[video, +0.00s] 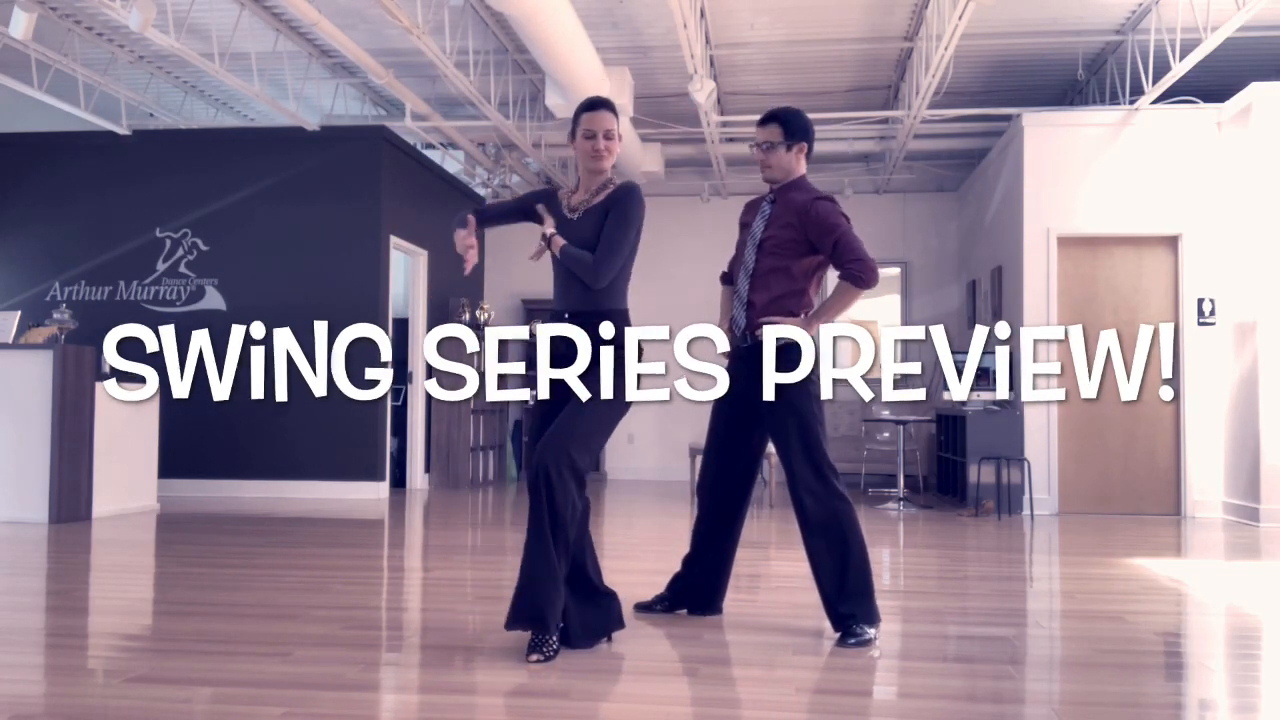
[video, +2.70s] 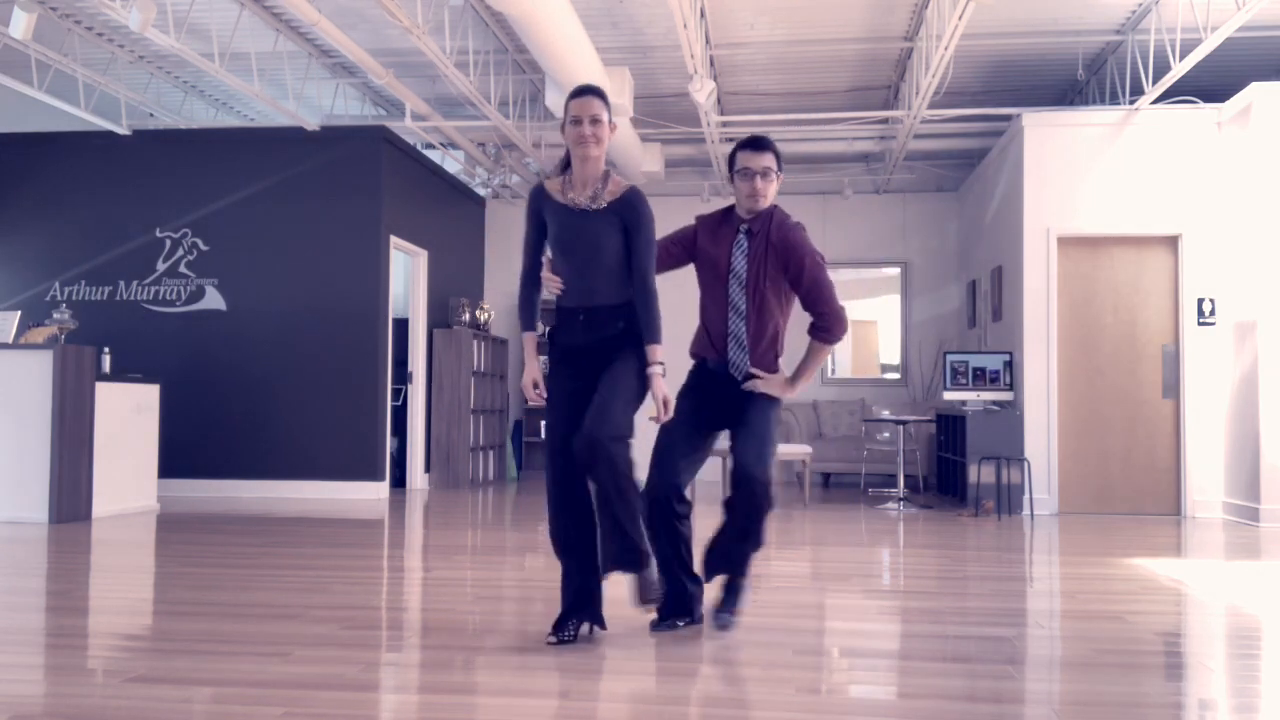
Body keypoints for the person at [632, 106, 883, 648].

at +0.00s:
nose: (759, 155)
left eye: (769, 146)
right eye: (756, 147)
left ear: (800, 151)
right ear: (758, 153)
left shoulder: (815, 207)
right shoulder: (756, 209)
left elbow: (862, 272)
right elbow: (733, 274)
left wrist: (812, 323)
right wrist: (729, 328)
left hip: (786, 357)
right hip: (743, 358)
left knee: (814, 484)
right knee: (723, 478)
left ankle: (856, 615)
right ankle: (697, 591)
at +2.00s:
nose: (795, 154)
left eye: (806, 146)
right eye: (791, 147)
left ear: (835, 154)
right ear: (789, 157)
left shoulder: (854, 213)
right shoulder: (782, 220)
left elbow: (897, 286)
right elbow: (721, 267)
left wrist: (845, 342)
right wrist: (659, 299)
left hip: (805, 365)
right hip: (757, 361)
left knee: (815, 492)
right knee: (694, 474)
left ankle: (857, 618)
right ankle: (698, 579)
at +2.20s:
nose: (792, 146)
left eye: (804, 139)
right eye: (784, 138)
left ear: (820, 150)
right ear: (771, 146)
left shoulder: (825, 208)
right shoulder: (744, 201)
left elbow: (876, 278)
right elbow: (670, 229)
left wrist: (813, 316)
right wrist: (597, 248)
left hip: (778, 359)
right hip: (727, 357)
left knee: (807, 483)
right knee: (695, 482)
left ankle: (853, 613)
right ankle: (690, 604)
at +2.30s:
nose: (785, 145)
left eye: (796, 137)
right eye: (776, 135)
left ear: (810, 148)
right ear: (762, 142)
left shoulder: (813, 206)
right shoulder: (730, 191)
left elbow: (859, 284)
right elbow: (656, 216)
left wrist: (794, 316)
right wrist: (587, 231)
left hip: (762, 356)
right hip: (709, 351)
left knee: (783, 473)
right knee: (684, 480)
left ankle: (833, 592)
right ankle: (691, 604)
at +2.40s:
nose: (778, 151)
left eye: (789, 143)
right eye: (768, 141)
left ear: (803, 152)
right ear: (754, 147)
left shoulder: (811, 218)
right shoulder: (723, 195)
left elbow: (851, 297)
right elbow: (651, 218)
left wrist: (786, 336)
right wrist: (597, 225)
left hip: (748, 355)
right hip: (695, 348)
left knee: (748, 459)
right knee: (676, 472)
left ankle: (775, 550)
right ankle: (688, 600)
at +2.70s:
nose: (756, 184)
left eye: (765, 174)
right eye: (746, 174)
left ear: (779, 180)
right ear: (731, 178)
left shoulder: (790, 240)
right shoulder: (707, 230)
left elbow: (832, 321)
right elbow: (641, 262)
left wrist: (792, 386)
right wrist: (564, 271)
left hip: (760, 386)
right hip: (707, 376)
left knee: (753, 481)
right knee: (663, 484)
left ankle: (730, 573)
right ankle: (682, 600)